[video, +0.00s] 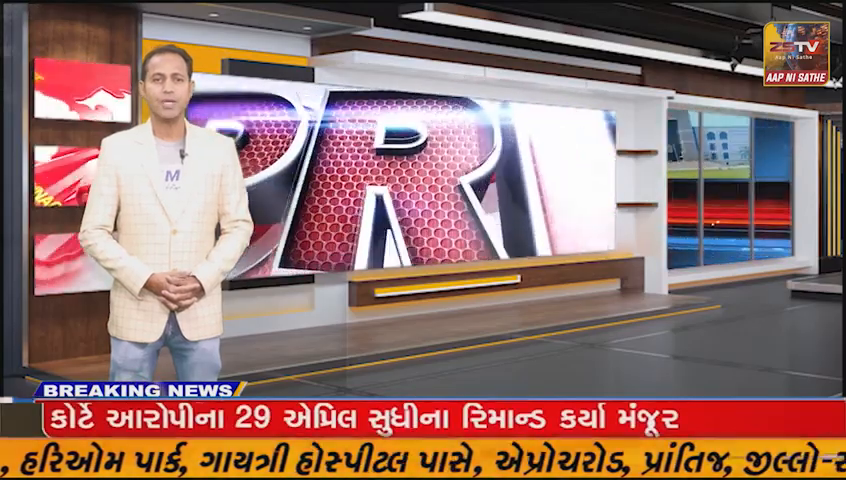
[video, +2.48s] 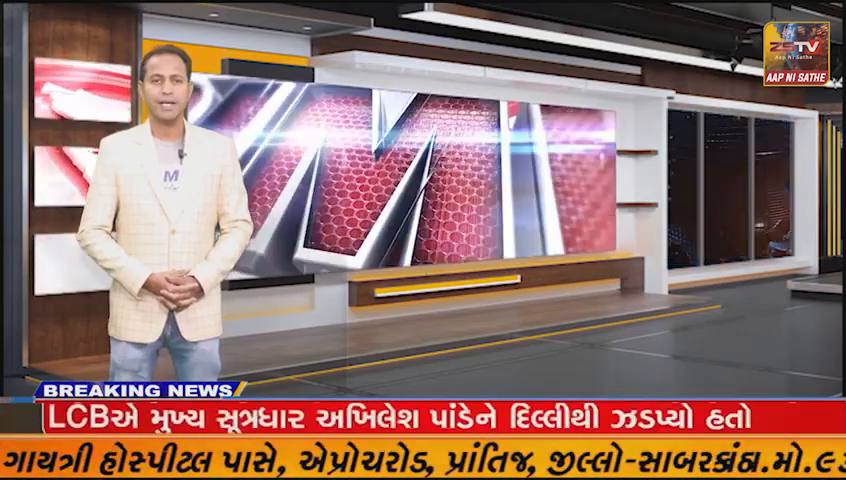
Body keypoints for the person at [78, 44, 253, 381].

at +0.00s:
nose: (168, 88)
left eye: (178, 79)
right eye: (158, 79)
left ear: (190, 88)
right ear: (143, 89)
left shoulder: (220, 148)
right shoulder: (117, 147)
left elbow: (239, 225)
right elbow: (93, 232)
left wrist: (202, 280)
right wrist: (146, 279)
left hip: (199, 309)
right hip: (136, 310)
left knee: (205, 419)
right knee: (125, 420)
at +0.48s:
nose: (168, 88)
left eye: (177, 79)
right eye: (157, 79)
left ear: (191, 88)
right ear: (143, 89)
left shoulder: (221, 149)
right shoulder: (117, 148)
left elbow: (239, 225)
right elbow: (93, 231)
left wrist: (201, 280)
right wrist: (145, 279)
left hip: (198, 309)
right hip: (134, 309)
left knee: (205, 419)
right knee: (125, 419)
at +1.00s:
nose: (166, 88)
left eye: (175, 79)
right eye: (155, 79)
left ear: (189, 88)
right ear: (142, 89)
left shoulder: (220, 148)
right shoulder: (116, 148)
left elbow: (238, 225)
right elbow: (92, 232)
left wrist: (201, 281)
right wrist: (145, 279)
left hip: (198, 309)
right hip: (134, 310)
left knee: (205, 420)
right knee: (125, 420)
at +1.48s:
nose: (165, 89)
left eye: (175, 79)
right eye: (154, 80)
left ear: (189, 89)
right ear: (141, 89)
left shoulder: (220, 148)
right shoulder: (116, 148)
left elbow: (238, 226)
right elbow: (92, 232)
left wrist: (200, 281)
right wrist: (144, 279)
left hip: (198, 310)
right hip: (134, 311)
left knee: (204, 419)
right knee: (125, 419)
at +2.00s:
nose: (165, 88)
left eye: (175, 79)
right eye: (155, 79)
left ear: (189, 89)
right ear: (141, 89)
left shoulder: (219, 148)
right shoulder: (116, 148)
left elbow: (238, 225)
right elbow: (91, 231)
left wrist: (201, 280)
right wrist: (144, 279)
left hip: (198, 309)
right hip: (134, 310)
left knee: (204, 420)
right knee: (125, 420)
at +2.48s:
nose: (167, 89)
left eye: (176, 80)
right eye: (156, 80)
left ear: (189, 90)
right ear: (142, 88)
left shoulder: (219, 148)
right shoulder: (116, 148)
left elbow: (238, 225)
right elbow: (91, 231)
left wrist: (201, 279)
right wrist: (145, 279)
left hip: (198, 310)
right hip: (135, 310)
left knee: (205, 420)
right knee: (125, 420)